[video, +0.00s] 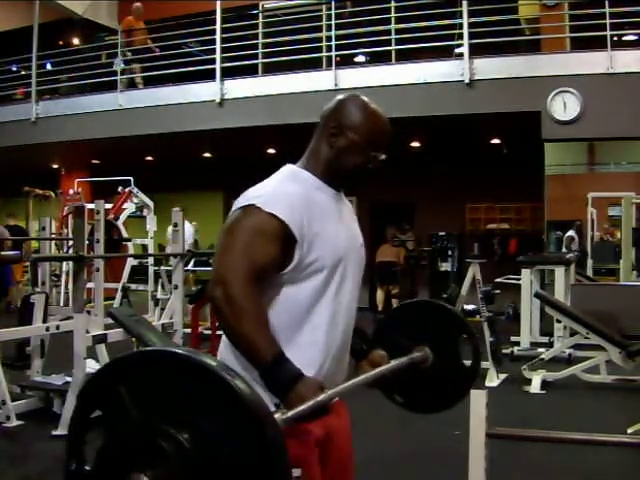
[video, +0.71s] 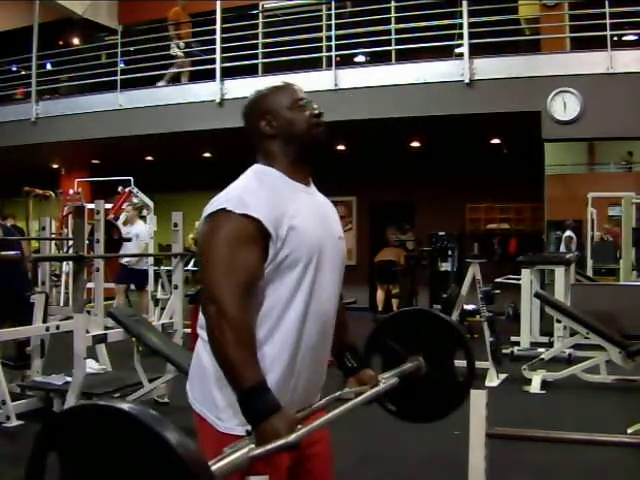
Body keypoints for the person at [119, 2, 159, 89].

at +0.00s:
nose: (139, 12)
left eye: (140, 9)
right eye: (137, 9)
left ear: (142, 10)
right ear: (133, 10)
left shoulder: (141, 22)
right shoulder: (128, 20)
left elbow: (146, 38)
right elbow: (122, 34)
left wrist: (154, 48)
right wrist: (124, 48)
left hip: (140, 49)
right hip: (132, 48)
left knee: (128, 70)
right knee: (137, 69)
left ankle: (122, 87)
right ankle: (141, 88)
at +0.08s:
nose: (144, 10)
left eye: (145, 8)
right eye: (142, 7)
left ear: (147, 9)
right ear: (138, 8)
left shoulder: (146, 21)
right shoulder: (133, 19)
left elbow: (150, 36)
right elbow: (128, 35)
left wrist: (158, 47)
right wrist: (128, 49)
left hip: (146, 47)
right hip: (137, 47)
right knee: (140, 67)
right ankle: (143, 85)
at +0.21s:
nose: (151, 6)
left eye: (152, 4)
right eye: (149, 4)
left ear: (153, 5)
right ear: (145, 5)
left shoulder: (153, 19)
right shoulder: (140, 17)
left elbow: (156, 35)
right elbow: (136, 33)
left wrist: (160, 47)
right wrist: (137, 45)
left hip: (154, 46)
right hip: (145, 47)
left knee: (154, 67)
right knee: (146, 68)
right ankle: (143, 85)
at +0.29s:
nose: (156, 5)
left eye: (157, 3)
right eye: (154, 2)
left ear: (159, 4)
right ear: (150, 3)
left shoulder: (158, 17)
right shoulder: (146, 15)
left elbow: (159, 31)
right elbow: (143, 31)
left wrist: (160, 42)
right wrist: (146, 43)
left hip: (158, 43)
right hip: (149, 43)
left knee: (162, 65)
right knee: (147, 66)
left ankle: (152, 83)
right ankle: (145, 86)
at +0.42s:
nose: (165, 5)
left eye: (166, 3)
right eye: (163, 3)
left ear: (167, 4)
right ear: (159, 3)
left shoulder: (165, 16)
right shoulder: (154, 15)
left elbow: (166, 30)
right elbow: (151, 30)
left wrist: (166, 40)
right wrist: (156, 42)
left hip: (165, 43)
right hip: (156, 43)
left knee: (170, 64)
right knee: (151, 65)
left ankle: (171, 84)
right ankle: (147, 86)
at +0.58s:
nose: (177, 5)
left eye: (177, 3)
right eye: (175, 2)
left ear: (178, 4)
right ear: (171, 3)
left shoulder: (176, 16)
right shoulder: (166, 14)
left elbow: (177, 30)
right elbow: (163, 30)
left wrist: (180, 41)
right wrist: (169, 42)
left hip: (177, 42)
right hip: (170, 43)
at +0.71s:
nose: (186, 4)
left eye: (186, 2)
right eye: (184, 2)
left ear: (187, 3)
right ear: (180, 2)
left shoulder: (186, 13)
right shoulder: (174, 12)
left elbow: (187, 29)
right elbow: (171, 28)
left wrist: (190, 41)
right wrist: (175, 41)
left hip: (187, 42)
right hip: (179, 42)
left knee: (187, 64)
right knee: (179, 62)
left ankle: (184, 84)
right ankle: (163, 82)